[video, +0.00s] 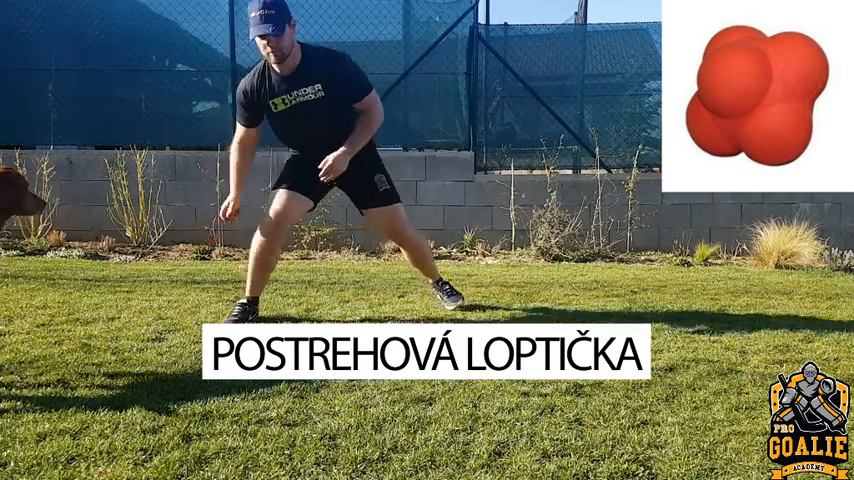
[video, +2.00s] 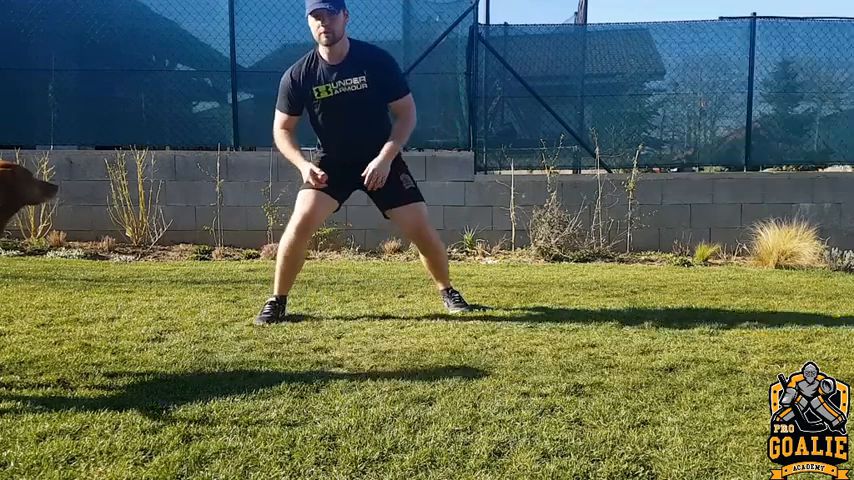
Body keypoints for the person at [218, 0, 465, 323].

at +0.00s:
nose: (269, 43)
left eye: (275, 33)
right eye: (261, 37)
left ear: (292, 28)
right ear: (254, 39)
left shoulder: (334, 64)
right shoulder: (252, 89)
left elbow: (373, 112)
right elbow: (243, 142)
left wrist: (346, 152)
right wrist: (234, 192)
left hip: (357, 152)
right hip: (307, 159)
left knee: (400, 233)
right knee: (273, 223)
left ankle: (439, 283)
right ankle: (249, 304)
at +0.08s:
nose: (305, 31)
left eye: (311, 21)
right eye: (298, 25)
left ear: (327, 15)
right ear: (290, 27)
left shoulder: (366, 52)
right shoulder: (287, 71)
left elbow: (400, 105)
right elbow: (278, 122)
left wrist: (369, 143)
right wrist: (274, 164)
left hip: (381, 148)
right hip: (332, 154)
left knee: (415, 225)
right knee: (296, 220)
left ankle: (446, 288)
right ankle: (252, 299)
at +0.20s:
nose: (340, 25)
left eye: (346, 17)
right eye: (333, 19)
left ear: (361, 12)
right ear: (326, 21)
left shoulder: (396, 51)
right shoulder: (319, 65)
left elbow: (427, 106)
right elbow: (310, 116)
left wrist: (391, 143)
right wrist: (311, 149)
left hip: (403, 150)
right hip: (353, 151)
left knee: (431, 229)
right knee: (314, 216)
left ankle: (449, 290)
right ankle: (271, 295)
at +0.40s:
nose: (380, 16)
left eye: (387, 9)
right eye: (373, 10)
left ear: (399, 7)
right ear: (365, 11)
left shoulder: (428, 46)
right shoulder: (351, 53)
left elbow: (456, 98)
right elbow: (336, 108)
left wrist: (437, 151)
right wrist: (353, 129)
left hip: (423, 153)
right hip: (373, 152)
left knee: (439, 228)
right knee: (338, 219)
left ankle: (452, 292)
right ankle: (313, 293)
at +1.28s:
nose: (368, 20)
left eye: (375, 13)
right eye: (362, 13)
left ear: (391, 11)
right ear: (354, 14)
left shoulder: (416, 55)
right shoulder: (337, 57)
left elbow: (436, 112)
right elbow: (314, 106)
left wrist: (431, 154)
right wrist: (303, 138)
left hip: (403, 151)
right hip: (354, 150)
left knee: (424, 220)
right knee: (328, 214)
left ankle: (450, 291)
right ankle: (310, 289)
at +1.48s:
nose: (321, 43)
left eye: (328, 34)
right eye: (314, 35)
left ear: (345, 31)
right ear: (307, 35)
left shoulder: (377, 70)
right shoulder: (301, 84)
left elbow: (407, 118)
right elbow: (282, 126)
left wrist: (399, 166)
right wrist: (259, 154)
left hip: (380, 162)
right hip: (331, 164)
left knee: (416, 228)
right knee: (297, 219)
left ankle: (449, 291)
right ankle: (277, 299)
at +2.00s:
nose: (323, 24)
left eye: (330, 15)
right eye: (316, 18)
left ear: (345, 17)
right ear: (309, 24)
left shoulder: (377, 61)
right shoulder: (297, 77)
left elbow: (407, 114)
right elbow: (282, 131)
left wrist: (385, 158)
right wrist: (302, 164)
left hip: (382, 157)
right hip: (332, 163)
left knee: (420, 230)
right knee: (301, 221)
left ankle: (448, 291)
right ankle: (277, 300)